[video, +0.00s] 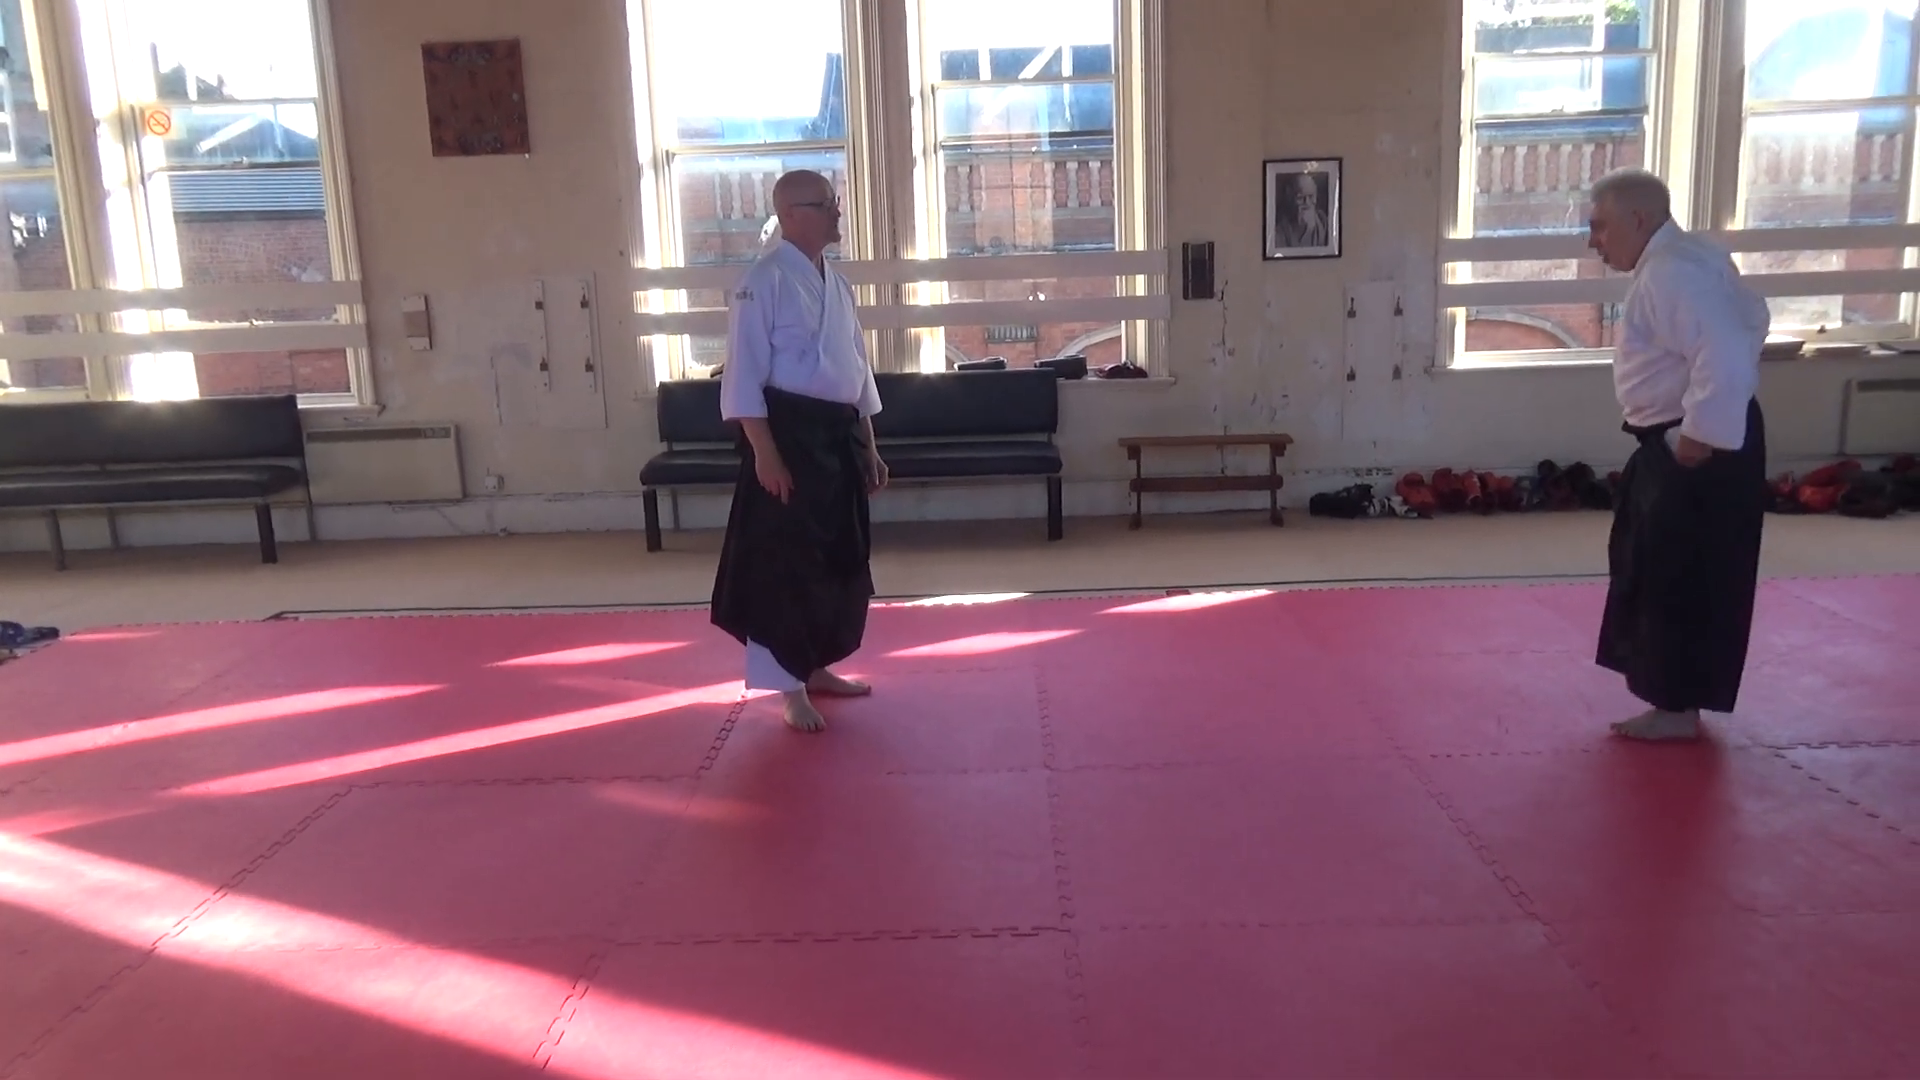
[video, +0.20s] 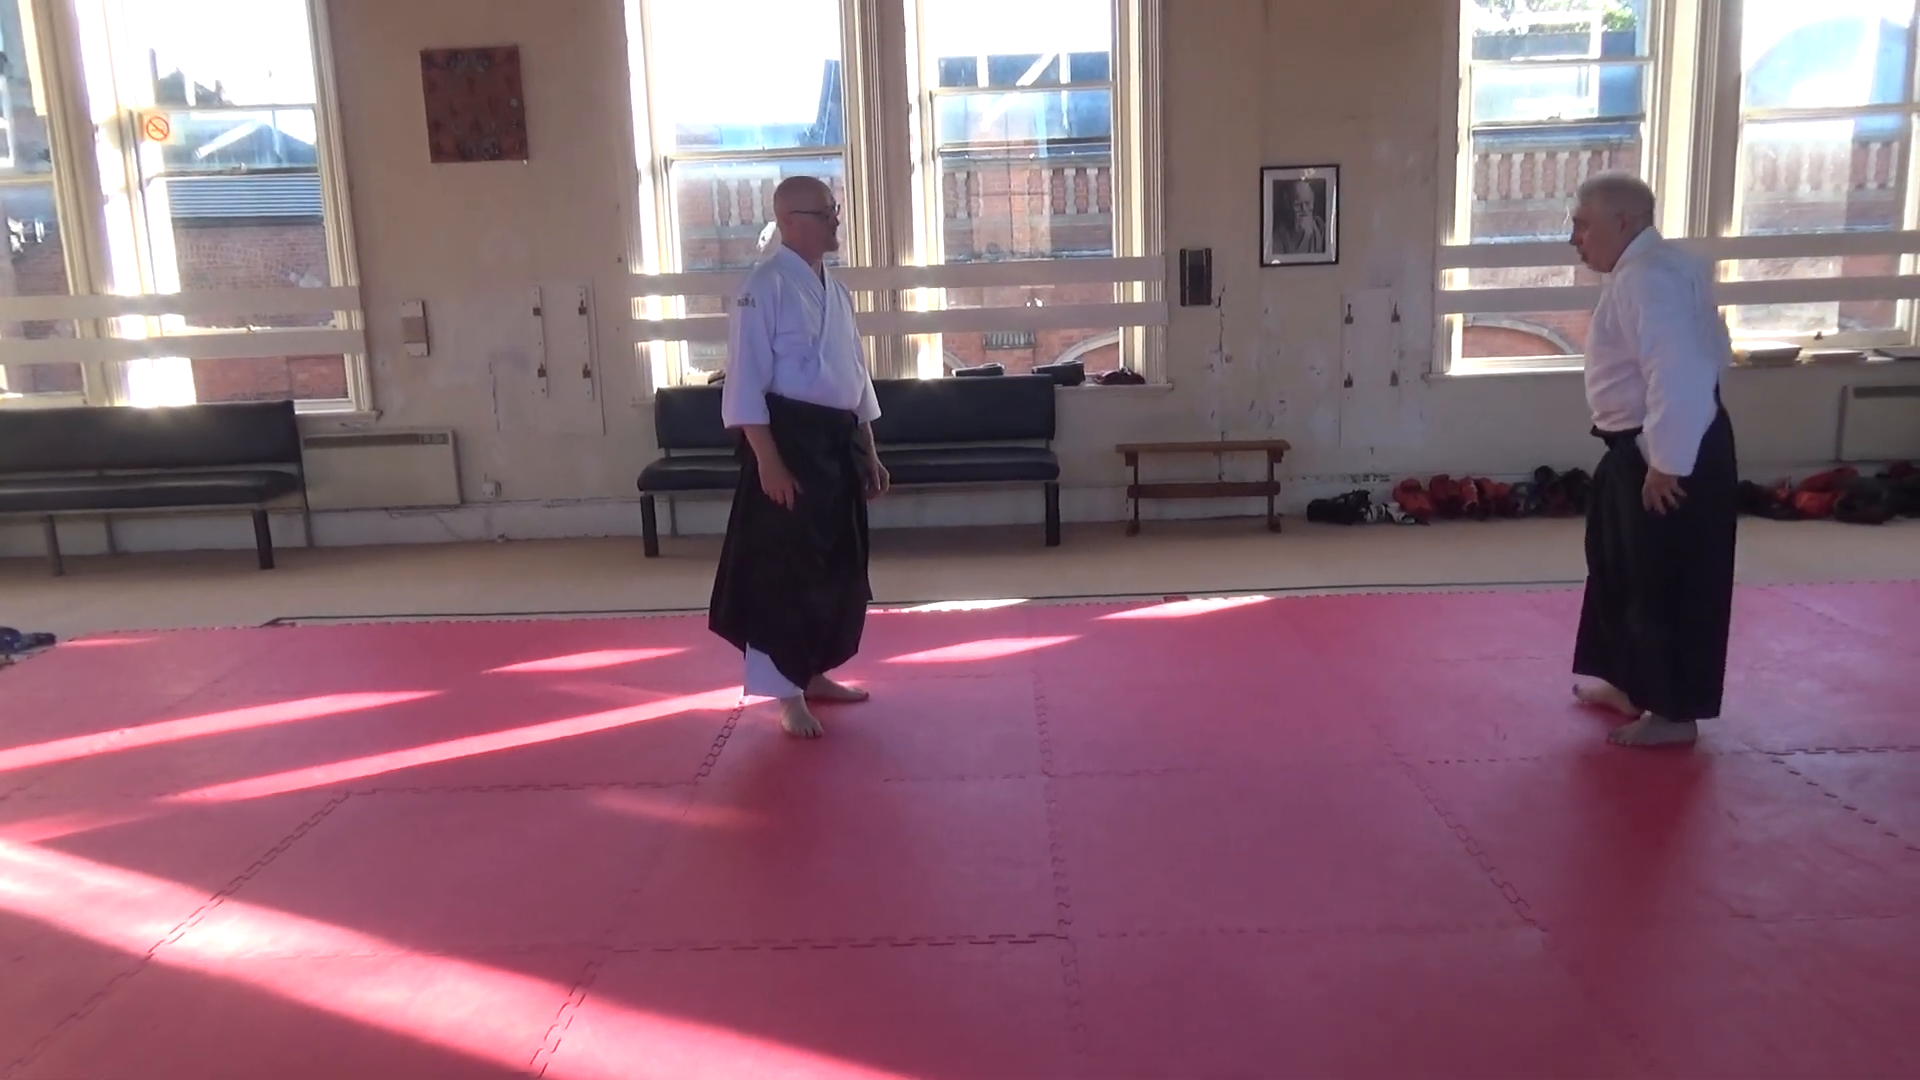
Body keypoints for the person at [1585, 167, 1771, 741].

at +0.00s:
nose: (1593, 239)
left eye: (1600, 225)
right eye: (1592, 226)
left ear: (1640, 219)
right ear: (1646, 221)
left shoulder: (1671, 268)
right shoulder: (1691, 255)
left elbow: (1723, 347)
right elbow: (1754, 317)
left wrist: (1700, 429)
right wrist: (1724, 382)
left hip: (1690, 444)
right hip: (1693, 439)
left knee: (1677, 568)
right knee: (1679, 566)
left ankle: (1677, 706)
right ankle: (1674, 700)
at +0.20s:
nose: (1575, 238)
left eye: (1583, 224)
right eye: (1574, 225)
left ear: (1623, 223)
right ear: (1627, 224)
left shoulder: (1648, 276)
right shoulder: (1655, 268)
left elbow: (1678, 370)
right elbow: (1701, 355)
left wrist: (1665, 459)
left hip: (1666, 452)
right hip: (1642, 446)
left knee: (1666, 579)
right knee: (1631, 568)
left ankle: (1674, 713)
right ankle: (1631, 686)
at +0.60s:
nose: (1526, 279)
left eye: (1535, 267)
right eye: (1527, 268)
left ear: (1573, 266)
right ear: (1574, 269)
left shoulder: (1599, 319)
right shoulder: (1588, 314)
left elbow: (1624, 399)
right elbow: (1614, 399)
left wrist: (1595, 477)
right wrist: (1573, 468)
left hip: (1595, 489)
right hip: (1596, 485)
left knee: (1541, 603)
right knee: (1601, 609)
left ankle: (1532, 736)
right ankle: (1612, 730)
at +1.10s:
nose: (1436, 287)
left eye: (1445, 276)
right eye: (1438, 276)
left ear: (1483, 280)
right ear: (1487, 280)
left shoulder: (1499, 342)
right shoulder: (1520, 326)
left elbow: (1473, 439)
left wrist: (1423, 517)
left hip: (1503, 501)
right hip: (1540, 493)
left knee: (1443, 617)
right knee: (1548, 609)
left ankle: (1439, 745)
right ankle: (1583, 718)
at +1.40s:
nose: (1427, 276)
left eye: (1436, 265)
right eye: (1429, 265)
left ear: (1473, 267)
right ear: (1481, 268)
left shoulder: (1489, 327)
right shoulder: (1510, 314)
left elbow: (1484, 428)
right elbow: (1510, 415)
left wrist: (1450, 506)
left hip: (1492, 488)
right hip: (1531, 480)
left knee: (1438, 611)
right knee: (1538, 605)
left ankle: (1431, 738)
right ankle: (1558, 720)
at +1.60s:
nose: (1468, 255)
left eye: (1478, 242)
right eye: (1469, 243)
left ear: (1518, 245)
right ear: (1524, 248)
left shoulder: (1531, 307)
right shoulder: (1548, 295)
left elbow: (1529, 413)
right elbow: (1548, 400)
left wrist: (1496, 498)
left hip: (1518, 480)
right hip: (1564, 474)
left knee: (1466, 612)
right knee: (1575, 606)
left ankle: (1453, 743)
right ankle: (1588, 731)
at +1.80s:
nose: (1496, 242)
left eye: (1508, 231)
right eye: (1499, 230)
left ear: (1550, 236)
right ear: (1553, 238)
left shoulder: (1558, 299)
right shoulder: (1581, 289)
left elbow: (1551, 408)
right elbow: (1579, 397)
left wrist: (1515, 492)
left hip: (1537, 477)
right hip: (1588, 472)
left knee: (1488, 618)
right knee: (1597, 610)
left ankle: (1471, 752)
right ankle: (1609, 742)